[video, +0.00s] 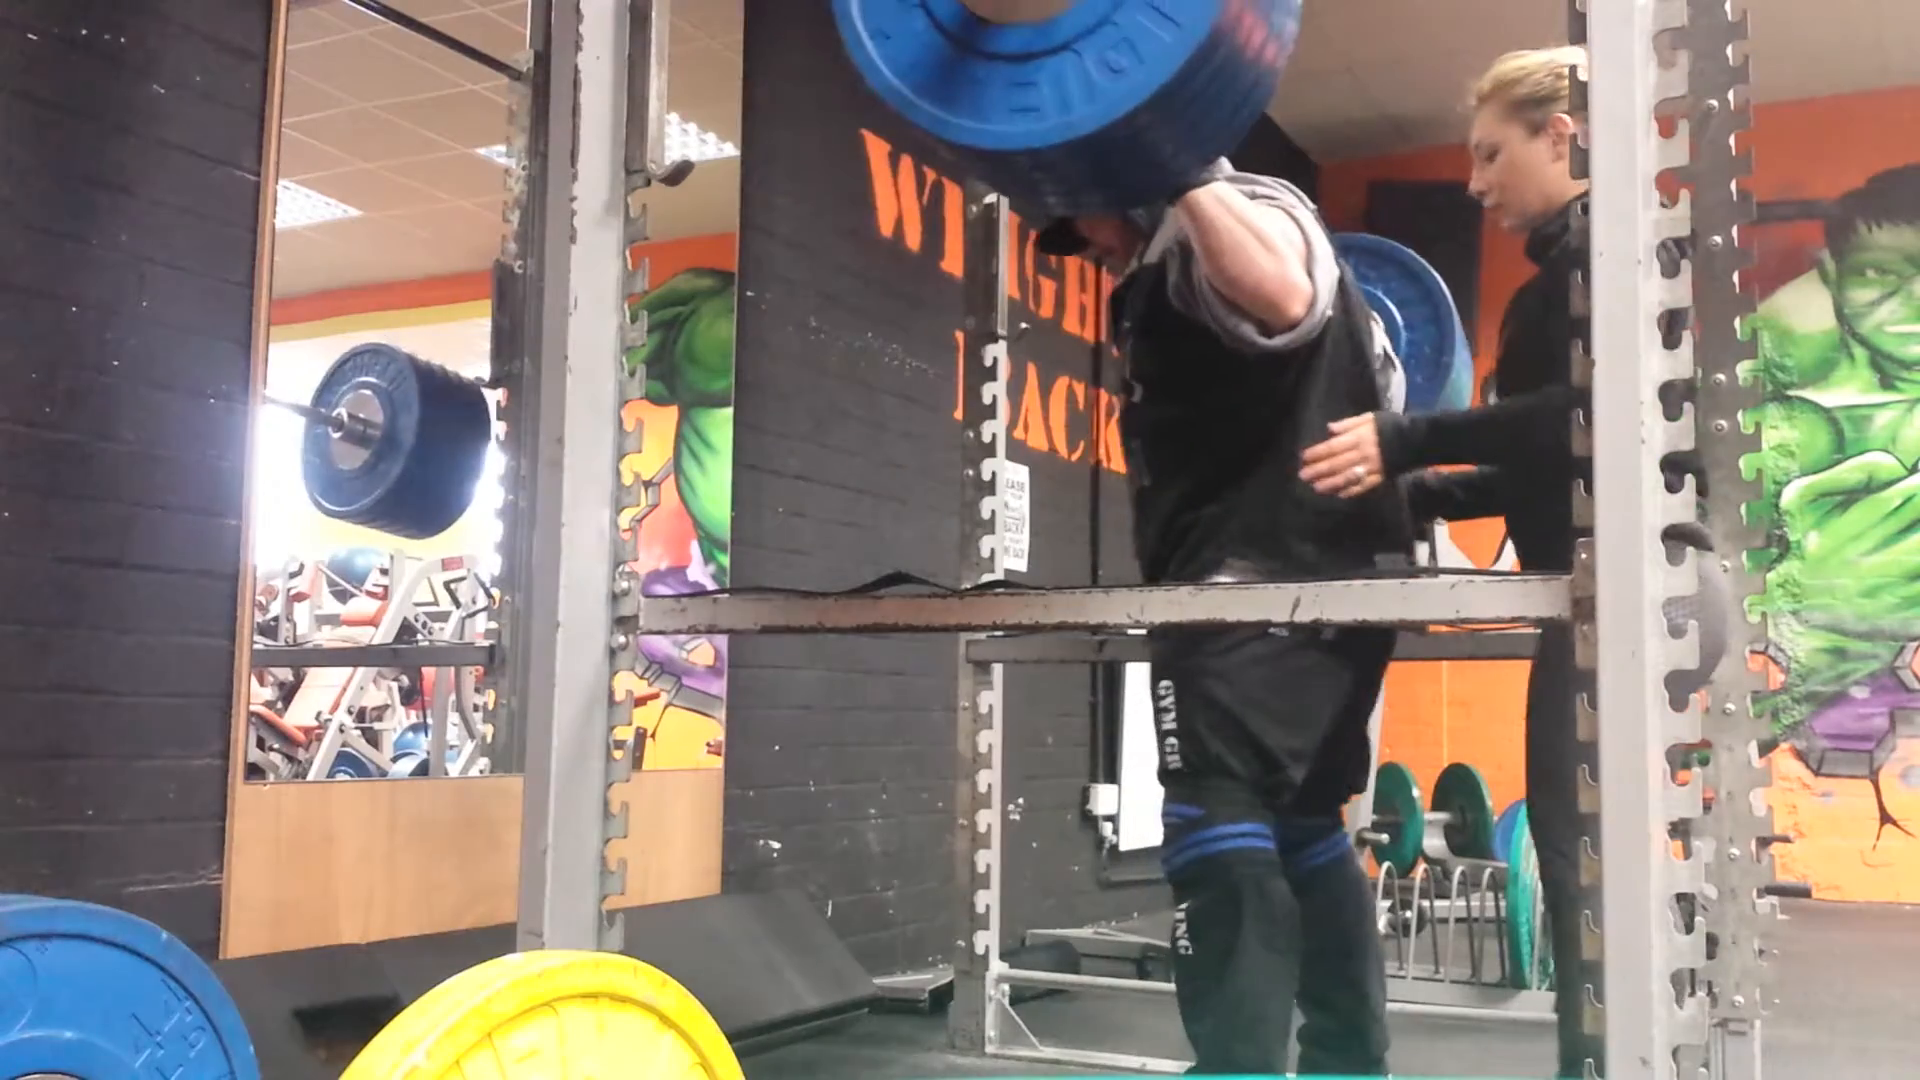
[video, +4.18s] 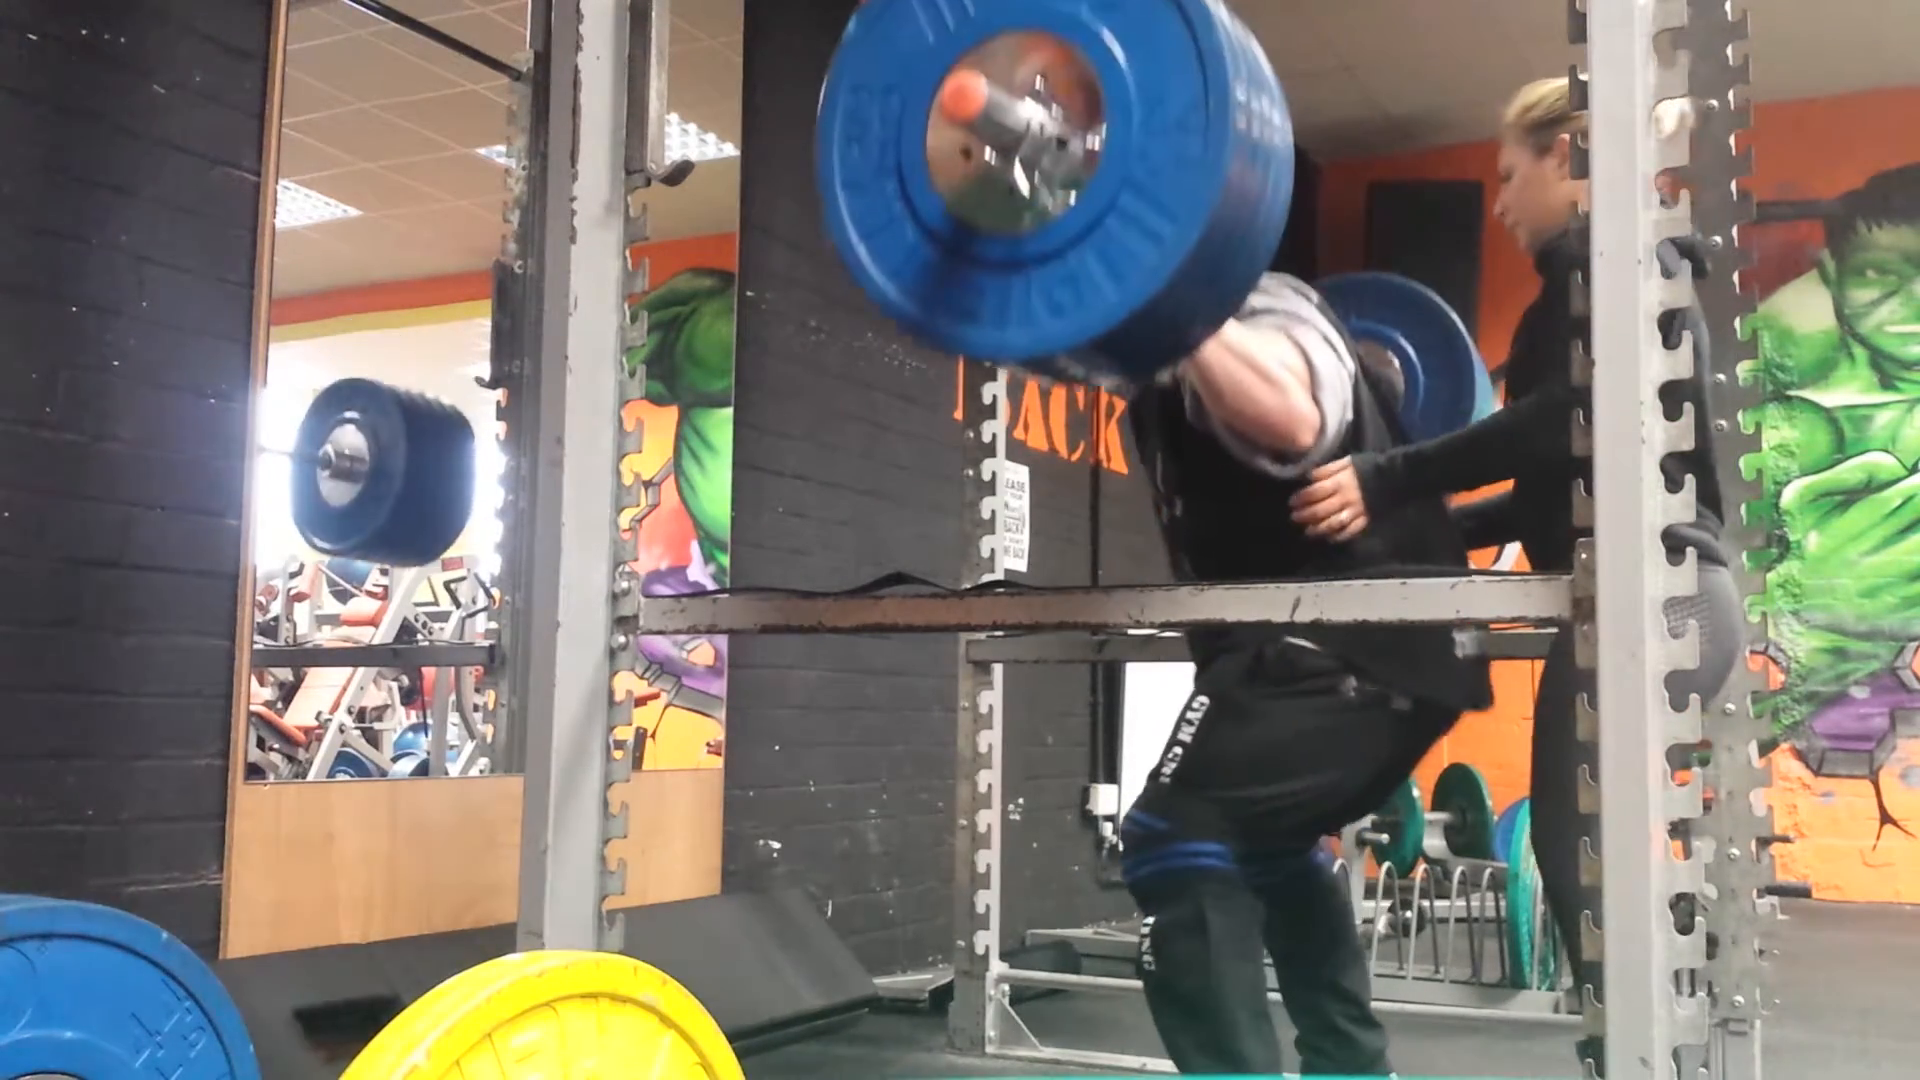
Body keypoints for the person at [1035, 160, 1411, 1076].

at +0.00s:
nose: (1081, 247)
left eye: (1078, 222)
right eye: (1066, 234)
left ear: (1116, 181)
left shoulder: (1240, 208)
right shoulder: (1169, 258)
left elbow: (1282, 295)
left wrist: (1173, 161)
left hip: (1265, 578)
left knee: (1214, 819)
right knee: (1303, 823)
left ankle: (1237, 1065)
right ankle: (1347, 1064)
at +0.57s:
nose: (1108, 259)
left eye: (1111, 232)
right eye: (1095, 241)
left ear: (1161, 193)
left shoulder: (1295, 212)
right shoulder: (1213, 262)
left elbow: (1329, 300)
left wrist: (1225, 179)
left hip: (1315, 588)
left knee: (1259, 829)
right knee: (1333, 833)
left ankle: (1266, 1064)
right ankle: (1351, 1064)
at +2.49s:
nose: (1096, 254)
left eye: (1091, 229)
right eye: (1079, 239)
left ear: (1133, 193)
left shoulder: (1255, 206)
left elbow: (1290, 293)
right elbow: (1408, 356)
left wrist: (1180, 172)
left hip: (1287, 588)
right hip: (1367, 588)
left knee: (1231, 822)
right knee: (1326, 829)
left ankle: (1254, 1063)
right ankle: (1357, 1062)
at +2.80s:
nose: (1104, 261)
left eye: (1100, 238)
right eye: (1087, 246)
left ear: (1140, 204)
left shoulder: (1257, 213)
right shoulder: (1317, 229)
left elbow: (1292, 300)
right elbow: (1408, 375)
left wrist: (1186, 178)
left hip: (1276, 585)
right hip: (1363, 584)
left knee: (1241, 822)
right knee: (1328, 822)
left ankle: (1257, 1061)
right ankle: (1355, 1060)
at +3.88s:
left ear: (1166, 148)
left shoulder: (1251, 223)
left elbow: (1260, 325)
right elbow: (1379, 306)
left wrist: (1170, 193)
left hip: (1290, 595)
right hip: (1340, 591)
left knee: (1227, 820)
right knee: (1312, 820)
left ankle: (1251, 1062)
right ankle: (1349, 1059)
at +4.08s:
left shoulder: (1268, 275)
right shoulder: (1157, 312)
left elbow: (1283, 380)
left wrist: (1173, 266)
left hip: (1326, 616)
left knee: (1189, 829)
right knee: (1282, 833)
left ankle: (1240, 1069)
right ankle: (1351, 1064)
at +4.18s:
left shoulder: (1270, 309)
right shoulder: (1151, 348)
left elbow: (1290, 422)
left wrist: (1177, 310)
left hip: (1340, 653)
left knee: (1173, 839)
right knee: (1274, 843)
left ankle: (1237, 1069)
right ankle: (1350, 1065)